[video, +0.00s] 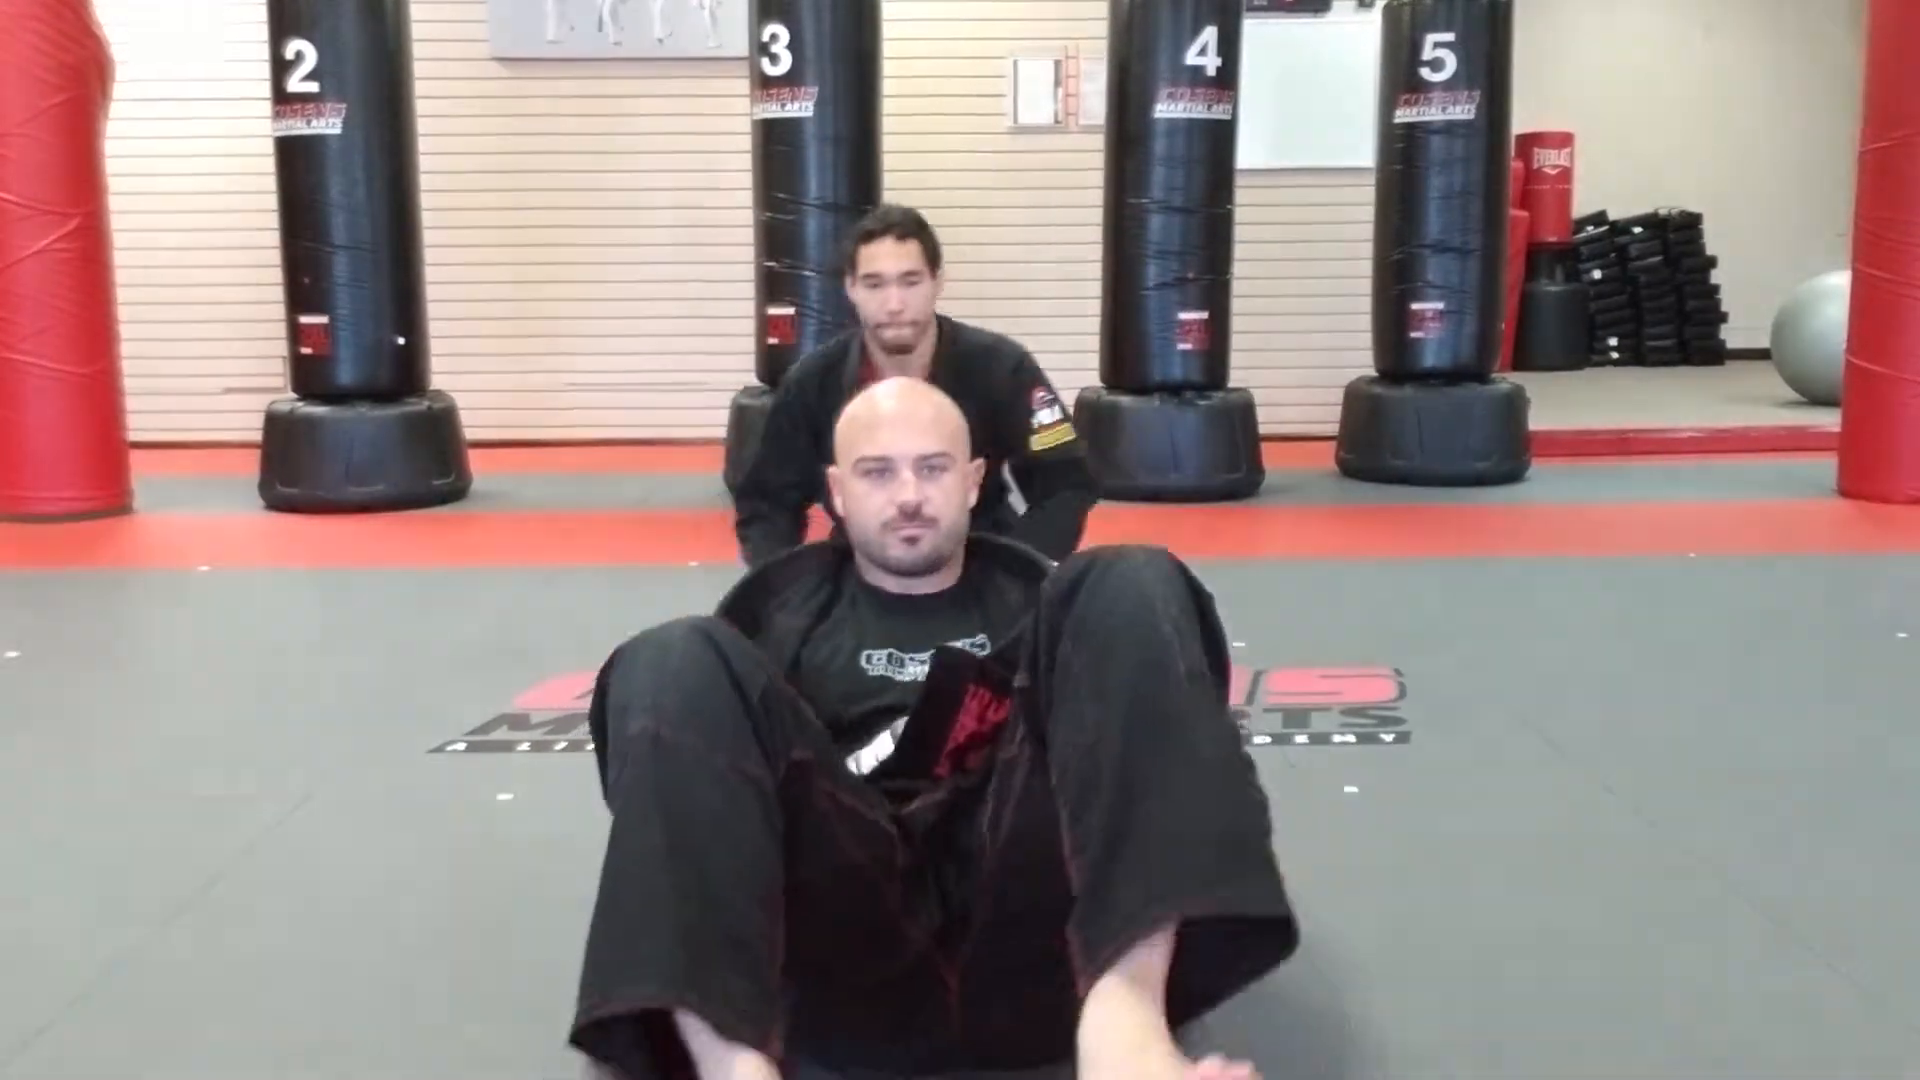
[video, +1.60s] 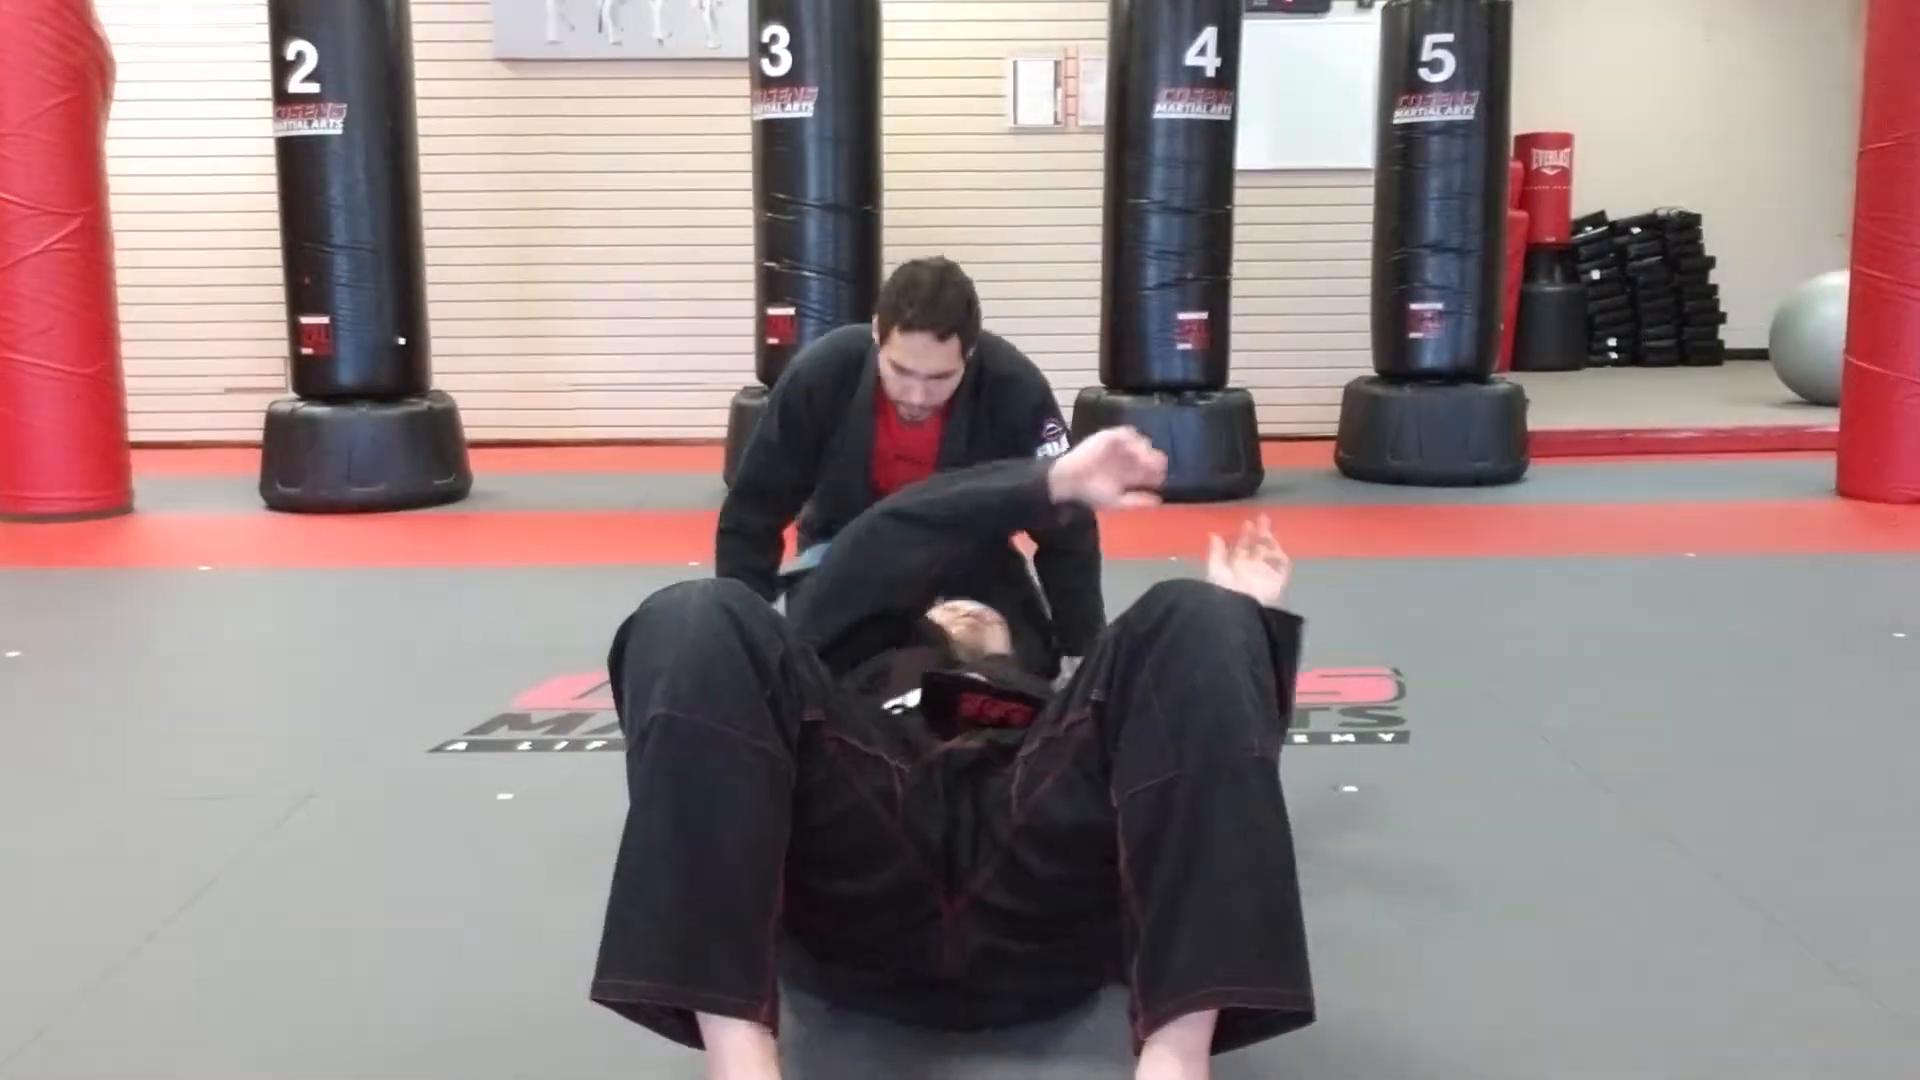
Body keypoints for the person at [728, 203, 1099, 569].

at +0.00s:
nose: (894, 303)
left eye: (910, 282)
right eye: (875, 284)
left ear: (937, 284)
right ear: (851, 290)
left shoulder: (1000, 369)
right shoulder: (814, 383)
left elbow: (1067, 486)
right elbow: (765, 502)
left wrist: (1011, 584)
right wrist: (788, 599)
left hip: (983, 586)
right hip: (856, 587)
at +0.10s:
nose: (913, 278)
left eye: (930, 258)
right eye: (894, 260)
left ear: (955, 264)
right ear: (869, 267)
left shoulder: (1013, 350)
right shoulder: (827, 360)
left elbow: (1068, 445)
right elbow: (781, 472)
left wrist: (1054, 528)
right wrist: (808, 552)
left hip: (983, 569)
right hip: (860, 573)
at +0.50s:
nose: (943, 246)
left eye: (960, 228)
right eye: (925, 228)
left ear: (983, 240)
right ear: (901, 241)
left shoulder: (1028, 341)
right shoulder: (852, 338)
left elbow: (1055, 443)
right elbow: (804, 452)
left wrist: (1048, 518)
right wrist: (860, 518)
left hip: (994, 543)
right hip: (888, 544)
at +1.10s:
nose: (925, 262)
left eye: (943, 245)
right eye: (908, 244)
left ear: (967, 253)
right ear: (886, 251)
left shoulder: (1014, 349)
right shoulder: (834, 344)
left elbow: (1067, 488)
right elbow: (787, 455)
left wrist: (1044, 478)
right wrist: (839, 487)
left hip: (976, 544)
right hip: (865, 541)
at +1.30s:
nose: (923, 308)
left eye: (942, 288)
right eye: (907, 286)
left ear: (966, 285)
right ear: (883, 279)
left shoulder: (1008, 368)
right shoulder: (833, 359)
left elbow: (1064, 491)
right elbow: (786, 480)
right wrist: (821, 554)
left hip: (967, 564)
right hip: (860, 563)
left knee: (1047, 657)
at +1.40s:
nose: (923, 334)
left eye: (943, 314)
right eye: (906, 310)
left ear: (967, 307)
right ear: (883, 298)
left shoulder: (1010, 385)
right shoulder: (828, 371)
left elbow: (1062, 522)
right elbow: (773, 499)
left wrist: (1095, 628)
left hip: (972, 566)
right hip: (857, 563)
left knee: (1053, 673)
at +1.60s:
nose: (917, 396)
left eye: (939, 379)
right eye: (900, 372)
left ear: (968, 354)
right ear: (878, 338)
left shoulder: (1013, 392)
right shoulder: (822, 375)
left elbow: (1066, 532)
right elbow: (750, 515)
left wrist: (1083, 661)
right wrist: (746, 642)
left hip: (971, 577)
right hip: (846, 565)